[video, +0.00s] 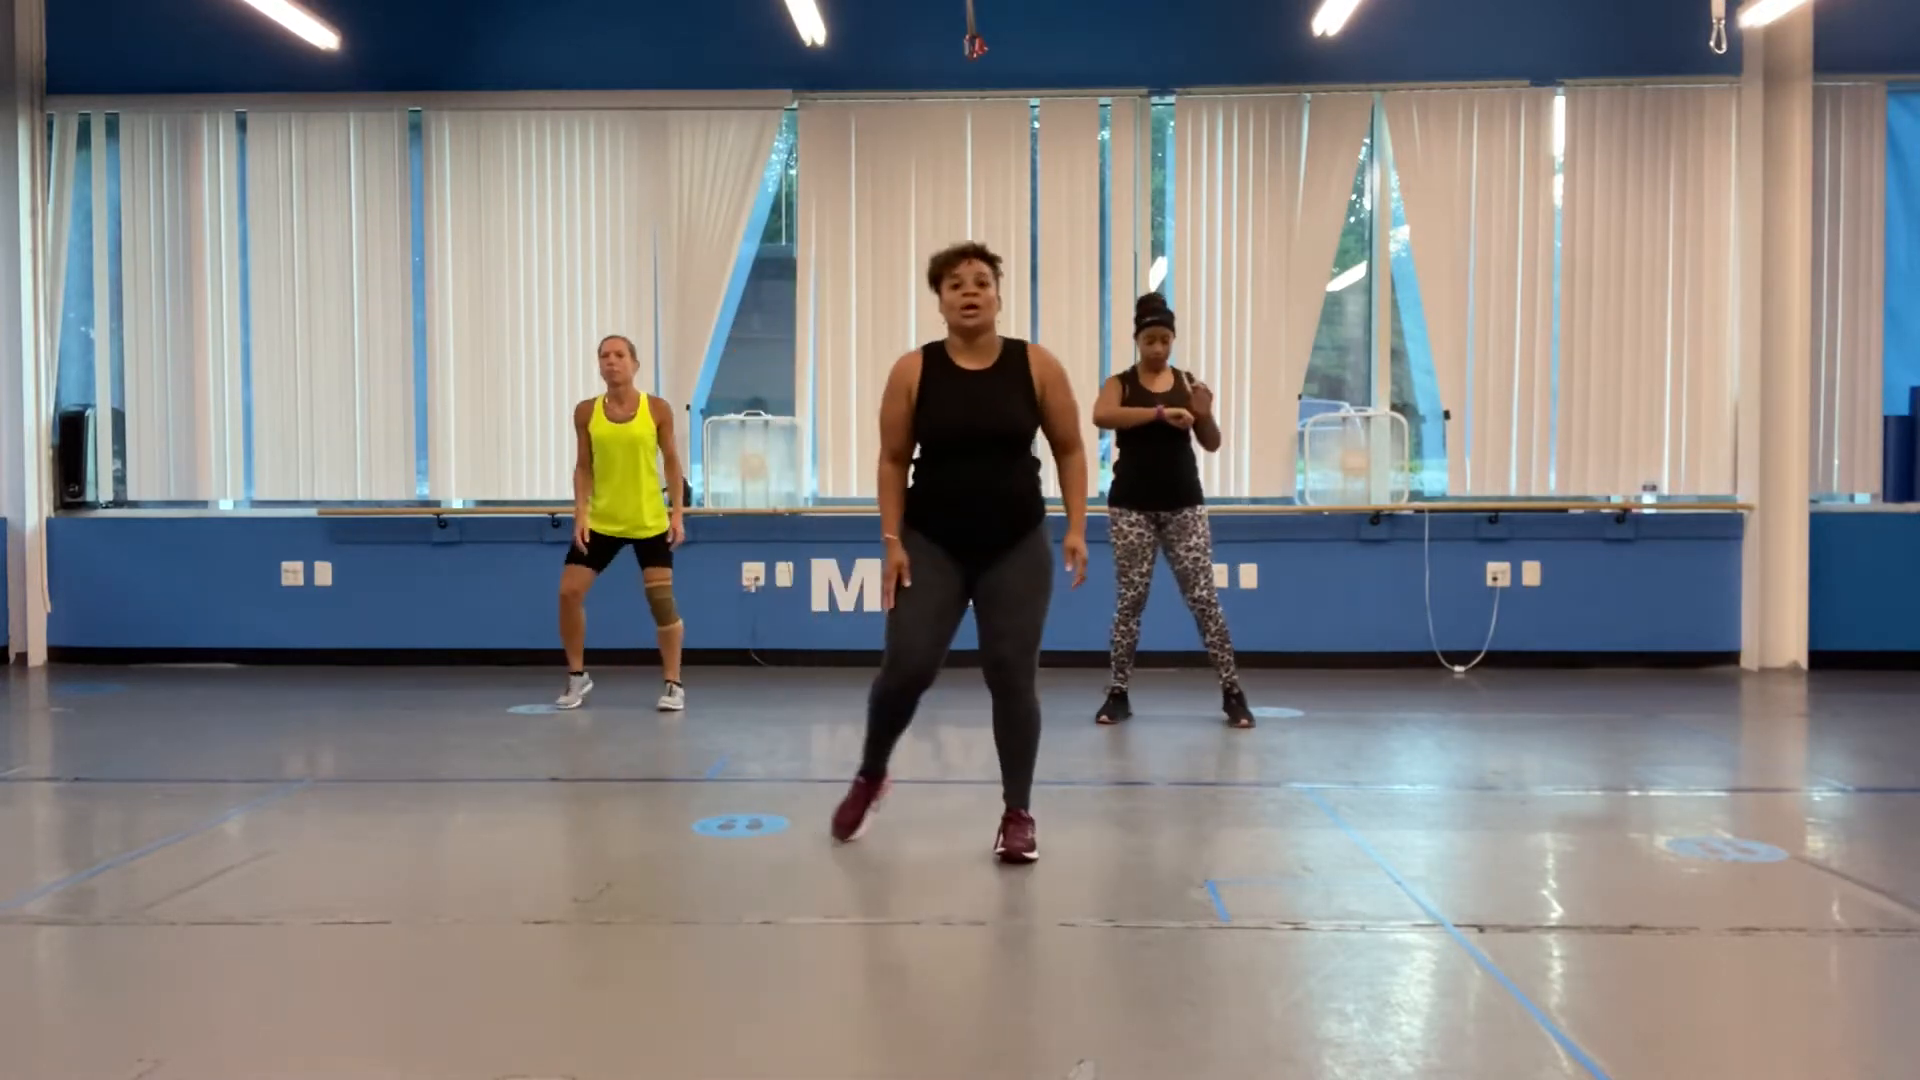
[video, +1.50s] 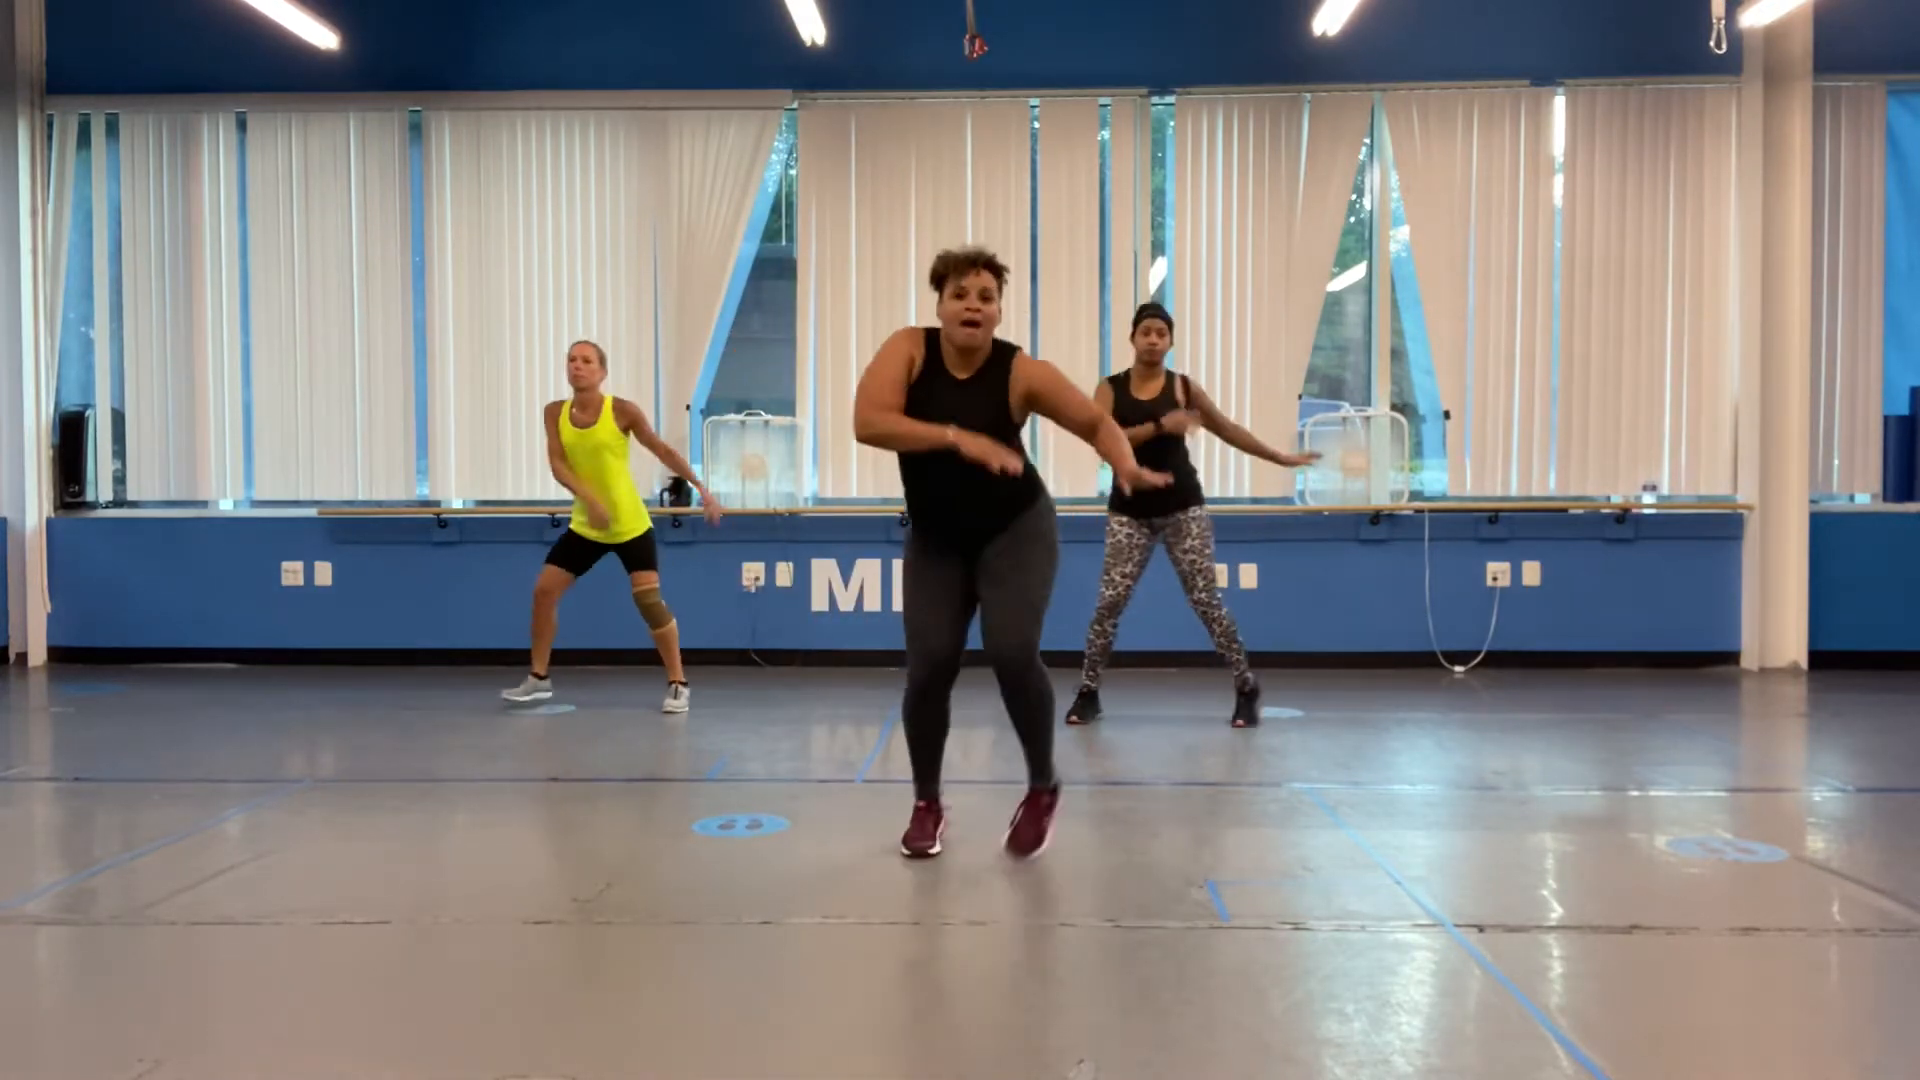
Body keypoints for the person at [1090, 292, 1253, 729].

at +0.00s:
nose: (1158, 347)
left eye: (1164, 340)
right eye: (1150, 340)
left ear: (1173, 341)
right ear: (1137, 341)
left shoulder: (1189, 385)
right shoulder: (1119, 384)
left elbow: (1211, 444)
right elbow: (1101, 416)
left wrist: (1203, 415)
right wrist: (1160, 413)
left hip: (1183, 507)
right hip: (1131, 508)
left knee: (1202, 599)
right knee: (1130, 599)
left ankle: (1232, 691)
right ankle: (1117, 693)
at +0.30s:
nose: (1173, 347)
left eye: (1180, 339)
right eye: (1166, 340)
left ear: (1190, 341)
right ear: (1155, 342)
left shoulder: (1210, 385)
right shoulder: (1137, 387)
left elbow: (1234, 446)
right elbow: (1113, 426)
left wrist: (1222, 421)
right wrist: (1166, 420)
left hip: (1200, 510)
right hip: (1147, 509)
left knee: (1211, 602)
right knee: (1139, 601)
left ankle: (1232, 694)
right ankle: (1118, 693)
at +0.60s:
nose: (1171, 347)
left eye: (1178, 340)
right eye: (1165, 340)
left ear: (1190, 341)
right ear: (1155, 342)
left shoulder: (1210, 384)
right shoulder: (1136, 388)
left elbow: (1235, 444)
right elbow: (1114, 428)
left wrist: (1220, 422)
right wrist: (1164, 422)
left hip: (1201, 510)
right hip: (1148, 509)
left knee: (1211, 603)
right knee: (1138, 601)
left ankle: (1233, 695)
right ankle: (1118, 693)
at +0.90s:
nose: (1168, 344)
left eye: (1175, 337)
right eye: (1161, 337)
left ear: (1186, 339)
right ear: (1151, 341)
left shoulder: (1206, 384)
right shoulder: (1132, 388)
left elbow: (1228, 444)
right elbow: (1117, 434)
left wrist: (1215, 430)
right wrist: (1163, 427)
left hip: (1198, 511)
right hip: (1147, 512)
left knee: (1209, 603)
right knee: (1136, 601)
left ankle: (1232, 695)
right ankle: (1117, 693)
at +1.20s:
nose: (1181, 343)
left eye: (1188, 336)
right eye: (1173, 337)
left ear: (1200, 341)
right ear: (1163, 343)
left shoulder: (1220, 390)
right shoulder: (1145, 393)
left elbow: (1237, 444)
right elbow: (1132, 455)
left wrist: (1249, 483)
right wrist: (1174, 484)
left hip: (1208, 514)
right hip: (1154, 514)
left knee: (1219, 605)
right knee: (1141, 604)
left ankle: (1234, 695)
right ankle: (1119, 693)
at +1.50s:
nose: (1153, 340)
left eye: (1161, 333)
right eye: (1145, 332)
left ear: (1170, 341)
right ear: (1132, 339)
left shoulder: (1183, 388)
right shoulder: (1109, 390)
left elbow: (1225, 429)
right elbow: (1104, 442)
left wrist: (1281, 457)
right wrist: (1160, 426)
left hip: (1182, 510)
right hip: (1129, 513)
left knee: (1204, 600)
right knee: (1109, 602)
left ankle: (1246, 687)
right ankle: (1087, 692)